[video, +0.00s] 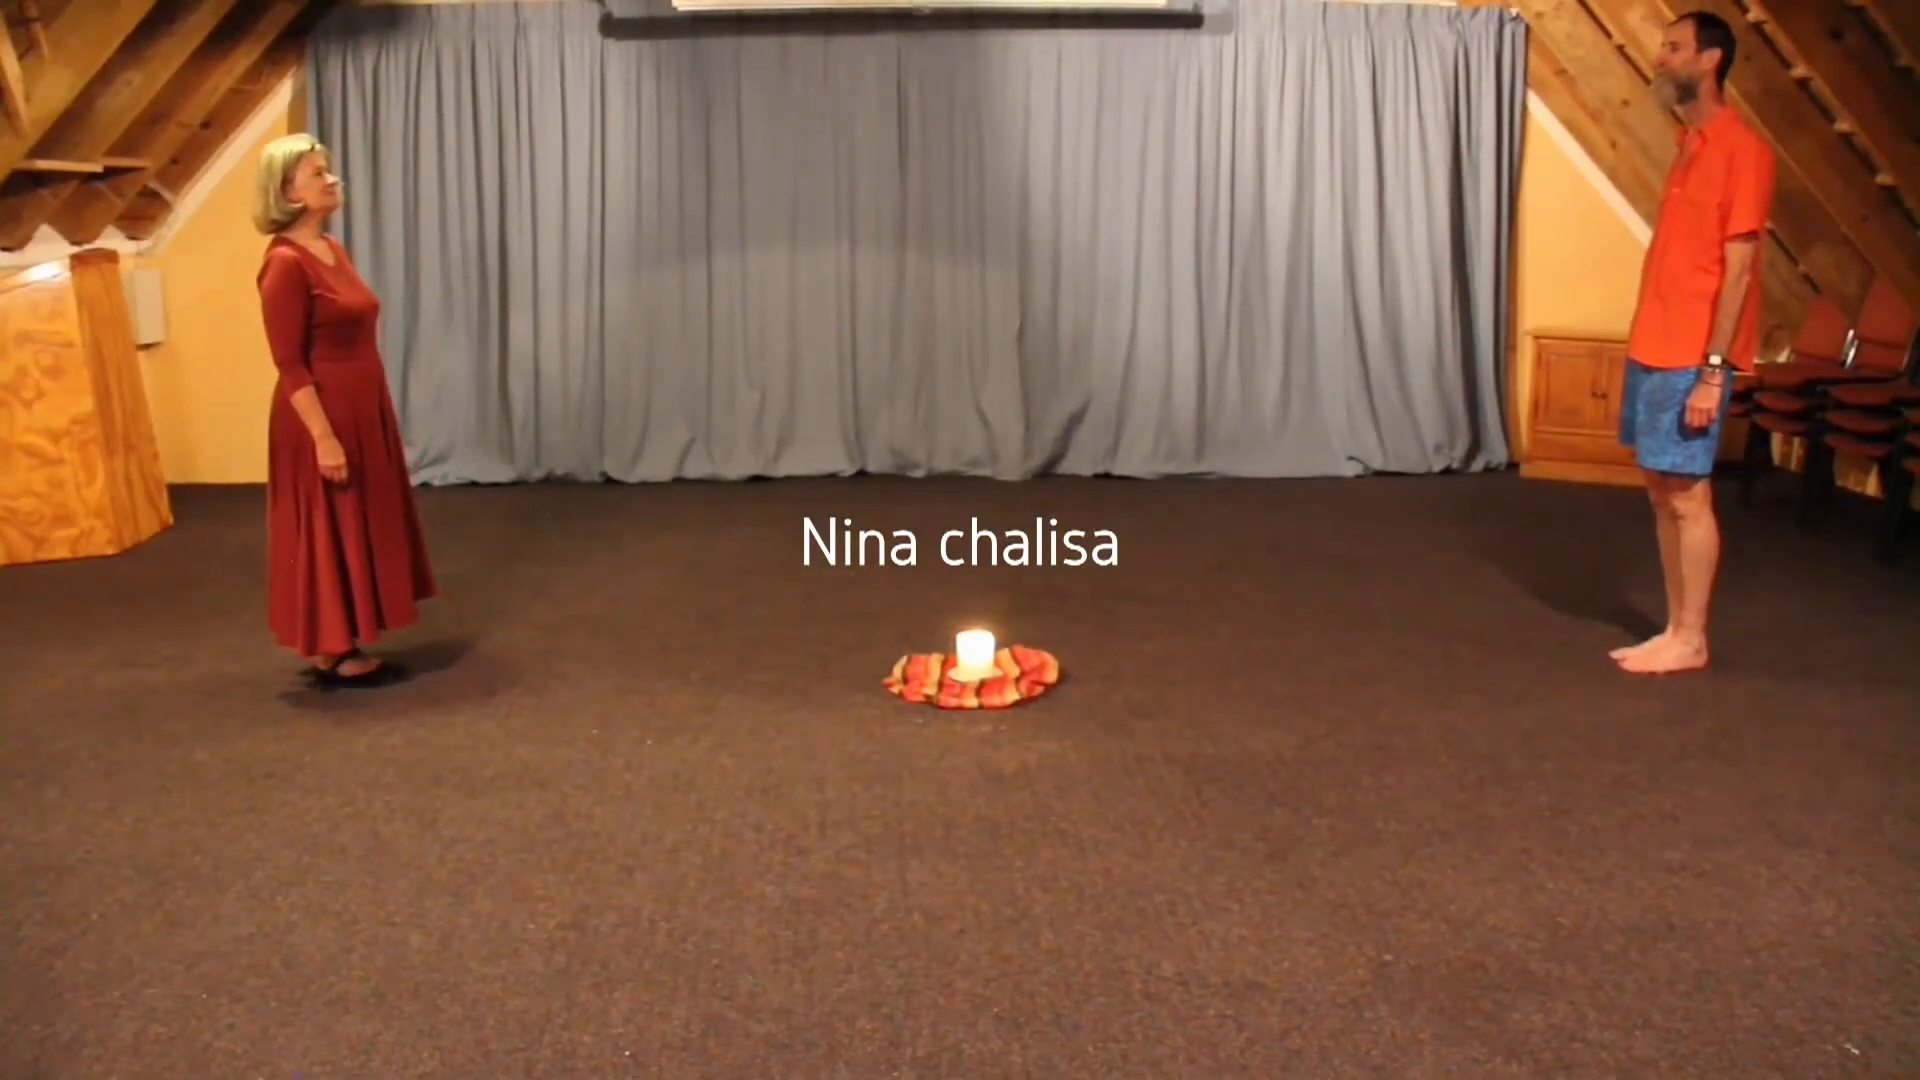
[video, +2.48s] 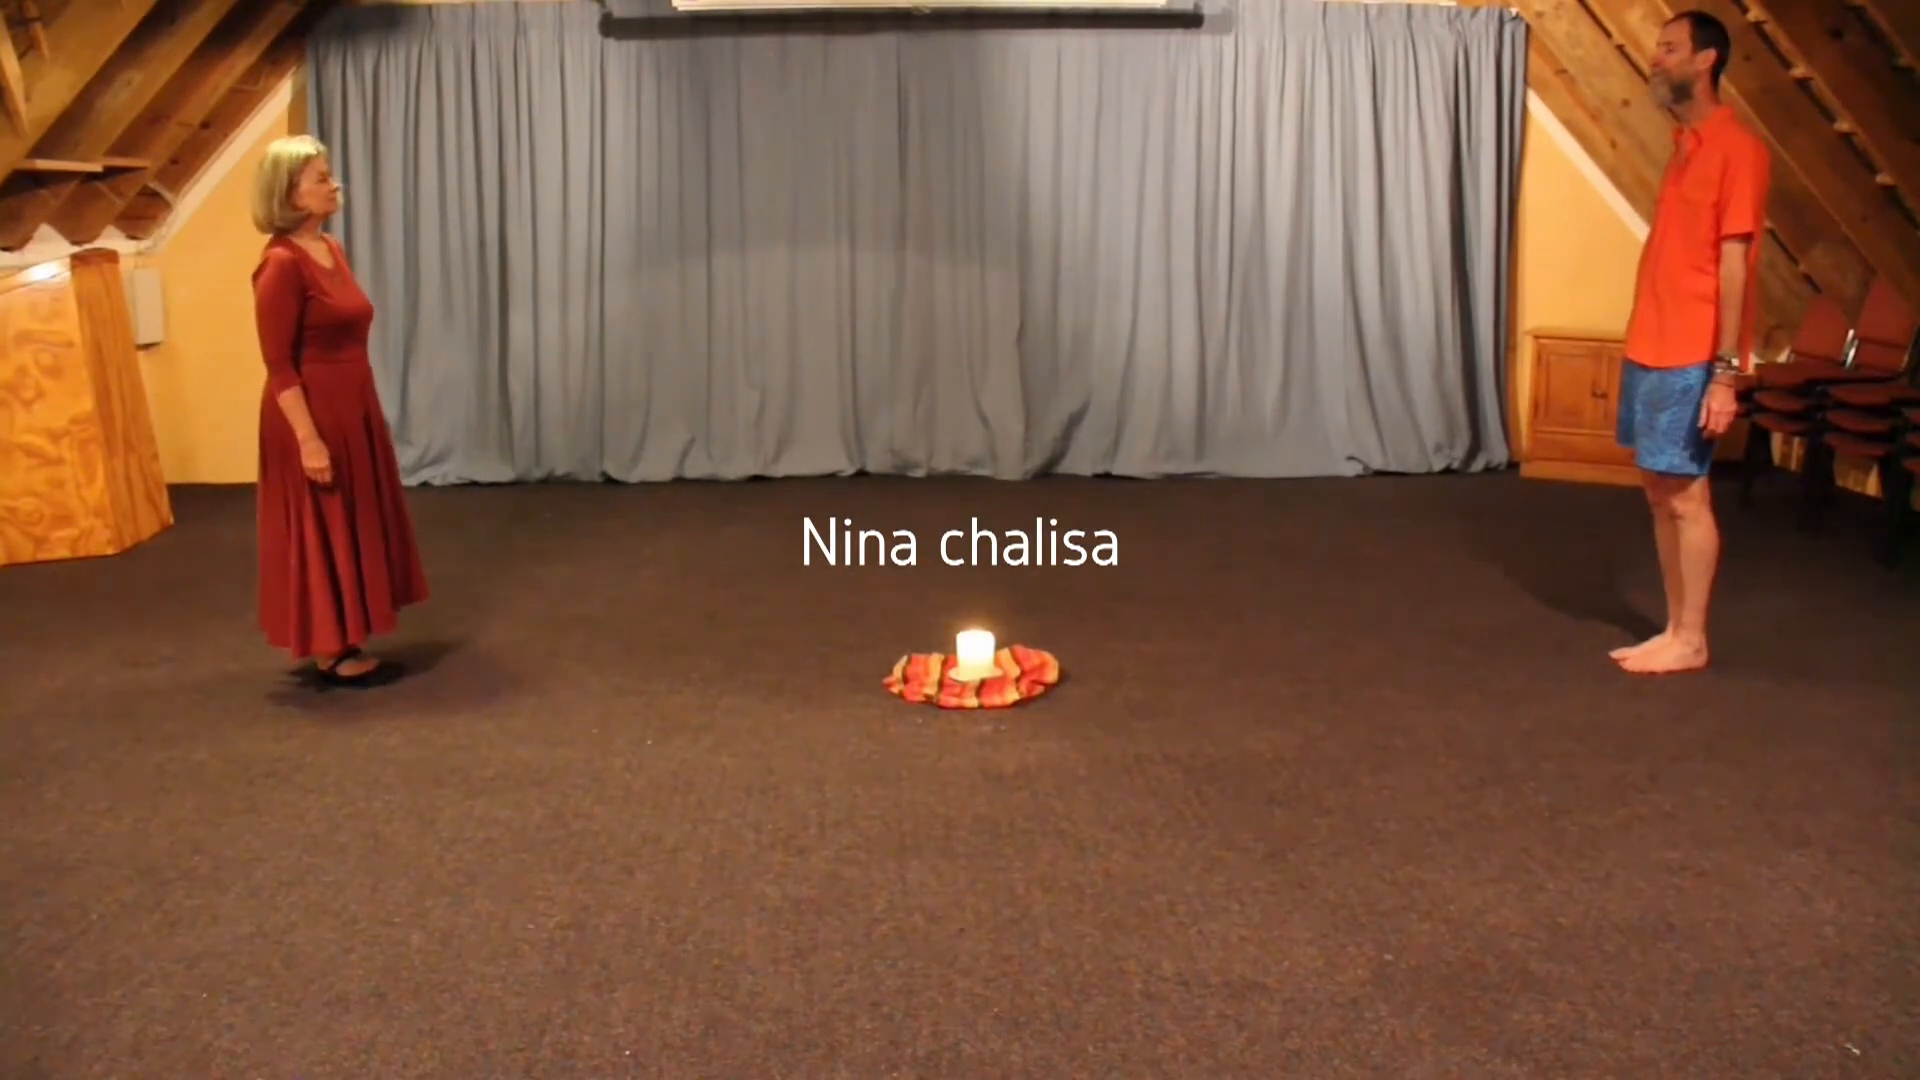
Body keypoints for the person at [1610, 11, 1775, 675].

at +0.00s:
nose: (1660, 58)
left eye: (1674, 47)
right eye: (1662, 46)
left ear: (1711, 59)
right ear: (1693, 61)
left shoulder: (1743, 147)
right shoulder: (1694, 144)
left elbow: (1740, 268)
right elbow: (1684, 258)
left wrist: (1715, 367)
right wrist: (1651, 348)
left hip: (1693, 360)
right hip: (1656, 354)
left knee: (1688, 499)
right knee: (1663, 496)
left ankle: (1692, 639)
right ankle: (1677, 630)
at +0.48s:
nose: (1658, 61)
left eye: (1670, 49)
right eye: (1659, 49)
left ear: (1709, 58)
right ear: (1694, 59)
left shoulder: (1741, 144)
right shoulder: (1695, 142)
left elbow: (1736, 266)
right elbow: (1683, 257)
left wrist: (1710, 365)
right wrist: (1654, 348)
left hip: (1692, 359)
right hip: (1657, 353)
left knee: (1688, 499)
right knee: (1664, 495)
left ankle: (1691, 639)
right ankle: (1676, 631)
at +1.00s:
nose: (1655, 66)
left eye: (1665, 54)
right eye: (1654, 54)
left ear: (1704, 59)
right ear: (1693, 61)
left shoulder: (1738, 142)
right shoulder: (1696, 142)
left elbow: (1734, 263)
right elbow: (1689, 256)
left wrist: (1710, 363)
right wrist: (1660, 349)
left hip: (1692, 358)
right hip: (1658, 352)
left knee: (1687, 498)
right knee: (1663, 494)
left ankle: (1691, 639)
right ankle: (1676, 631)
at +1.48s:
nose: (1653, 62)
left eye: (1666, 51)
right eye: (1654, 50)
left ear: (1704, 60)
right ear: (1691, 62)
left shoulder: (1737, 143)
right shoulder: (1695, 142)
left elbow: (1734, 264)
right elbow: (1691, 258)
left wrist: (1714, 363)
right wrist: (1659, 348)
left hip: (1690, 358)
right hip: (1657, 352)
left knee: (1684, 498)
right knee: (1661, 494)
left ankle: (1691, 639)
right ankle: (1676, 630)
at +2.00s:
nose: (1655, 58)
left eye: (1668, 47)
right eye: (1657, 46)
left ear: (1706, 59)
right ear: (1690, 60)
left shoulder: (1737, 145)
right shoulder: (1691, 142)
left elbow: (1733, 266)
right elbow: (1686, 258)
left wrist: (1720, 370)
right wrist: (1652, 347)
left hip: (1691, 359)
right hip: (1655, 353)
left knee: (1687, 498)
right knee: (1662, 495)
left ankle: (1691, 639)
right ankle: (1677, 631)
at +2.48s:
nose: (1655, 59)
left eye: (1668, 48)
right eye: (1656, 47)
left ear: (1707, 59)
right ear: (1688, 60)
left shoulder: (1738, 145)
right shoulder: (1689, 143)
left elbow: (1735, 261)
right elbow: (1684, 255)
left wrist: (1726, 369)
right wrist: (1650, 346)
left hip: (1691, 358)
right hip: (1653, 353)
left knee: (1687, 497)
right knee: (1660, 493)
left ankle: (1691, 639)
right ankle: (1677, 630)